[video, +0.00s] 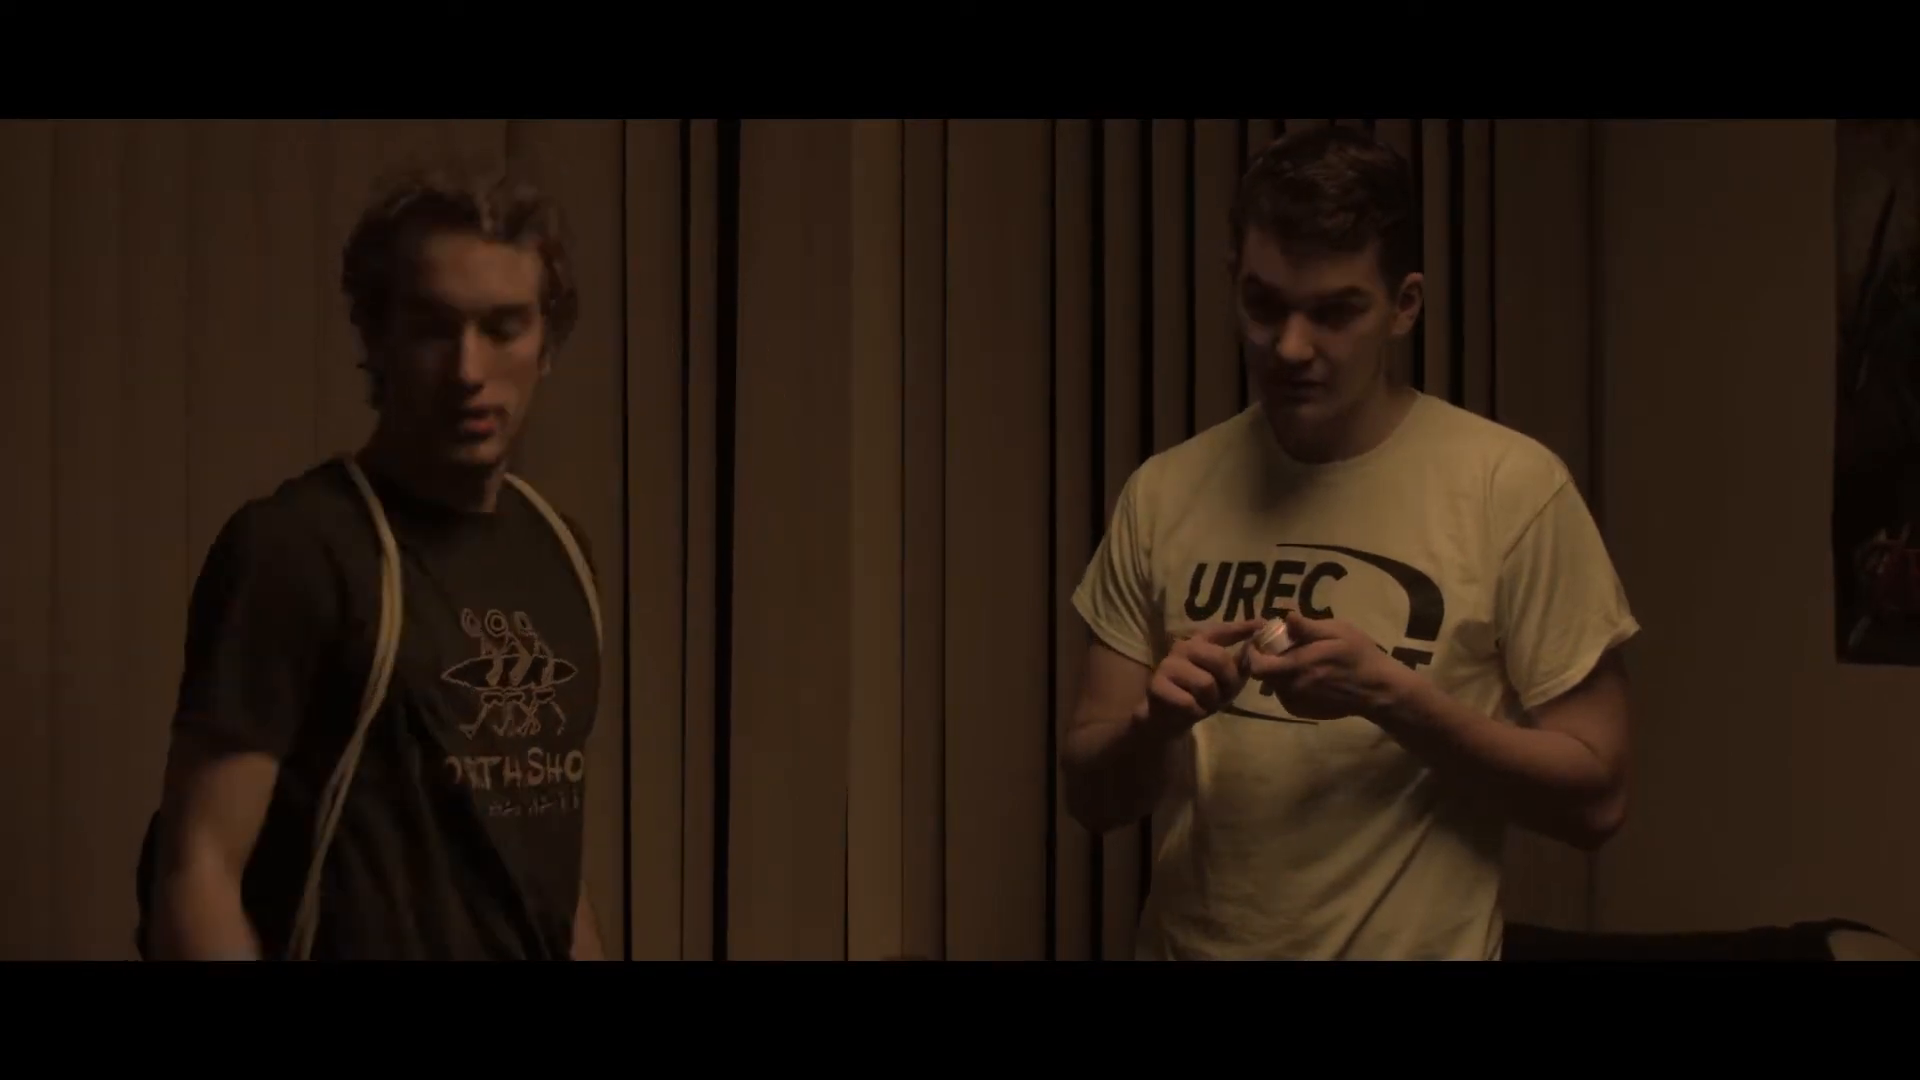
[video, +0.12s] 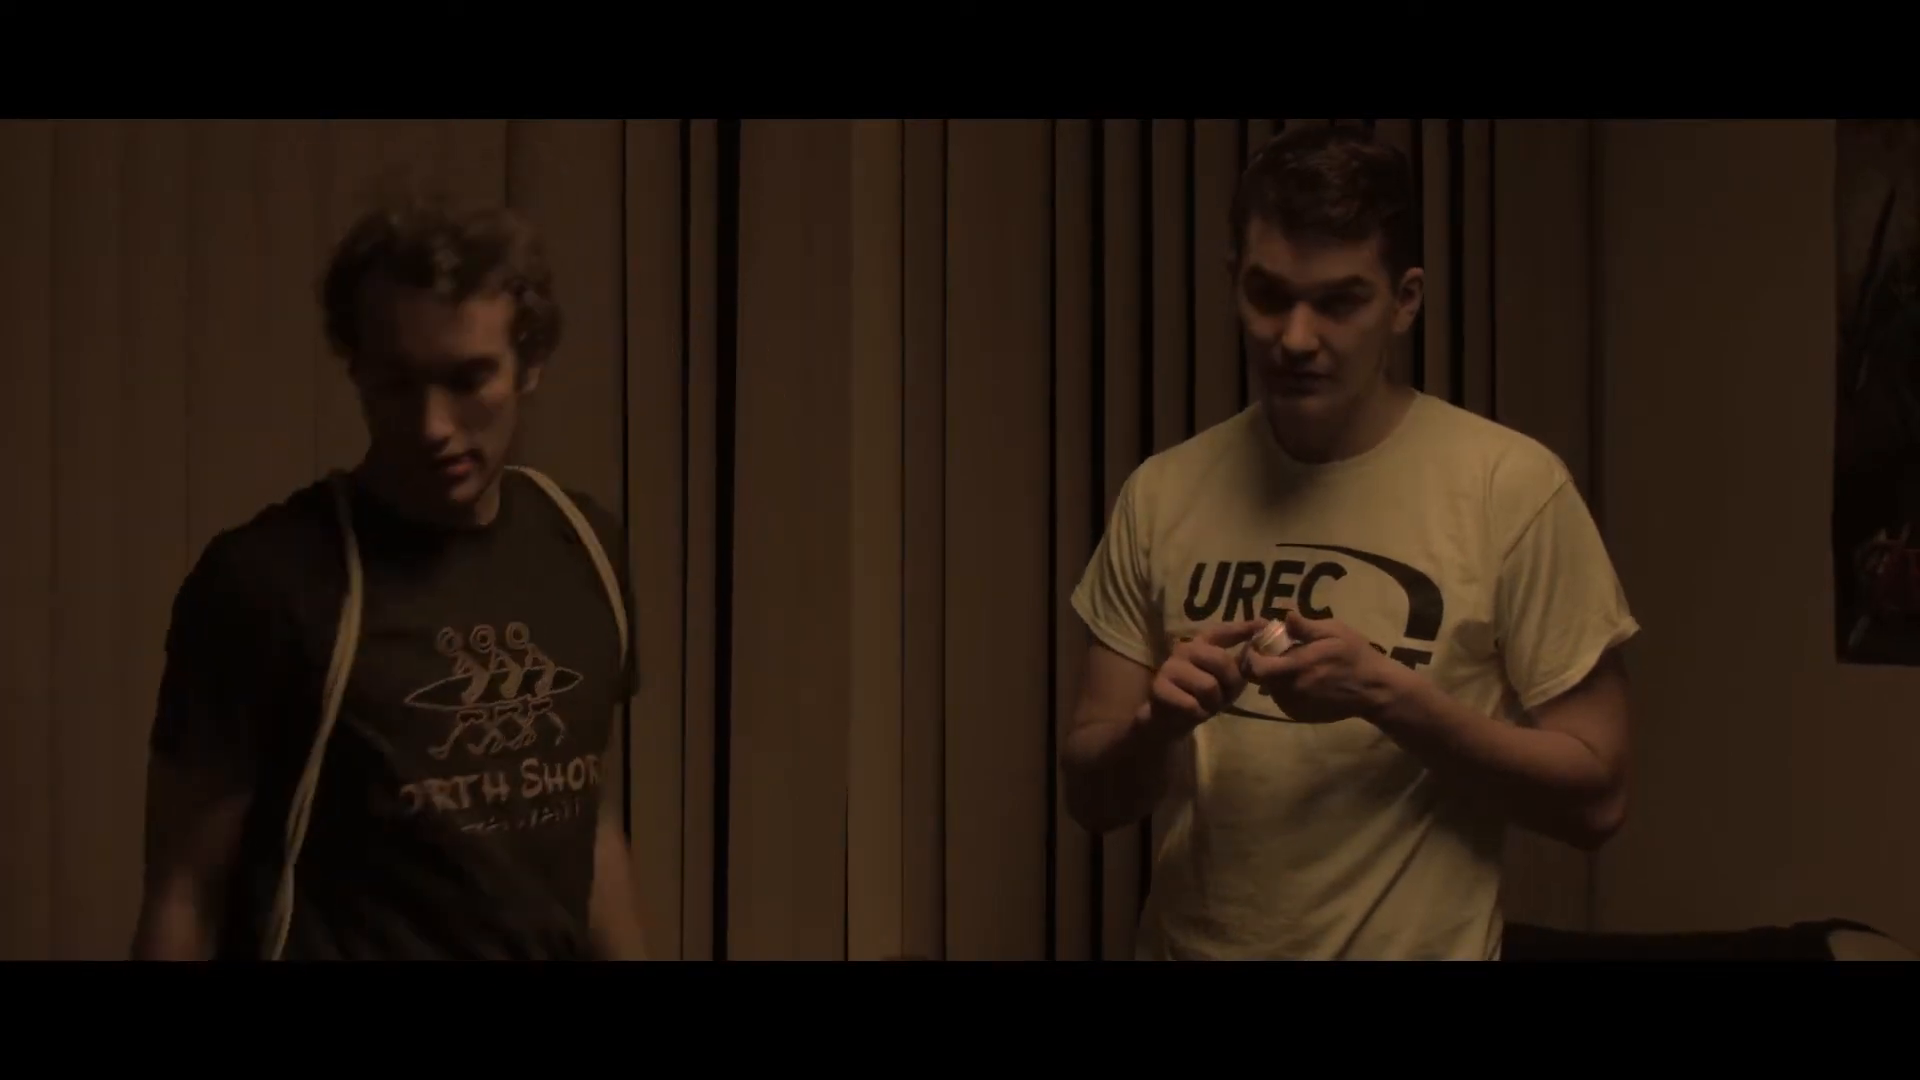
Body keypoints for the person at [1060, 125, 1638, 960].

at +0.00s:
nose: (1292, 349)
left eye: (1334, 313)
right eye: (1266, 307)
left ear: (1404, 305)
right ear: (1239, 292)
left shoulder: (1513, 491)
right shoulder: (1162, 496)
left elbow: (1595, 798)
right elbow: (1089, 798)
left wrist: (1395, 693)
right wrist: (1154, 724)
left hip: (1418, 945)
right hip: (1194, 942)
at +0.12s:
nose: (1298, 339)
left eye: (1339, 301)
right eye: (1270, 297)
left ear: (1405, 299)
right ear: (1238, 286)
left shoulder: (1513, 492)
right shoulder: (1160, 497)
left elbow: (1595, 797)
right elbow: (1088, 798)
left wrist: (1390, 693)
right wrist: (1158, 724)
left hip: (1418, 945)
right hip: (1195, 941)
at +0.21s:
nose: (1299, 334)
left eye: (1340, 296)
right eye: (1271, 292)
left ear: (1405, 297)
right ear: (1238, 285)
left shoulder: (1511, 490)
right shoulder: (1159, 497)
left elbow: (1595, 796)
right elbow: (1089, 797)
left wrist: (1388, 692)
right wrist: (1161, 724)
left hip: (1418, 945)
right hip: (1195, 941)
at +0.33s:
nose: (1297, 328)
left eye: (1338, 290)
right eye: (1269, 286)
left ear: (1404, 295)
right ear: (1236, 285)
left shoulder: (1511, 490)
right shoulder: (1159, 497)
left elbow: (1595, 796)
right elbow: (1090, 796)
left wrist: (1388, 692)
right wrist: (1166, 726)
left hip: (1418, 945)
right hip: (1193, 941)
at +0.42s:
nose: (1293, 324)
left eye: (1335, 286)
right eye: (1266, 283)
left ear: (1402, 295)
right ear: (1234, 283)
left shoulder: (1510, 490)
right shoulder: (1159, 498)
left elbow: (1594, 795)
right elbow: (1091, 795)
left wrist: (1384, 692)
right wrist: (1171, 725)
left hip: (1417, 945)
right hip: (1192, 941)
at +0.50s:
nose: (1287, 320)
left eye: (1330, 283)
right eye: (1260, 280)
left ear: (1400, 292)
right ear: (1231, 283)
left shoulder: (1510, 490)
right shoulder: (1159, 498)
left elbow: (1594, 794)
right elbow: (1092, 798)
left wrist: (1382, 693)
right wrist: (1176, 713)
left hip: (1418, 945)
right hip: (1191, 943)